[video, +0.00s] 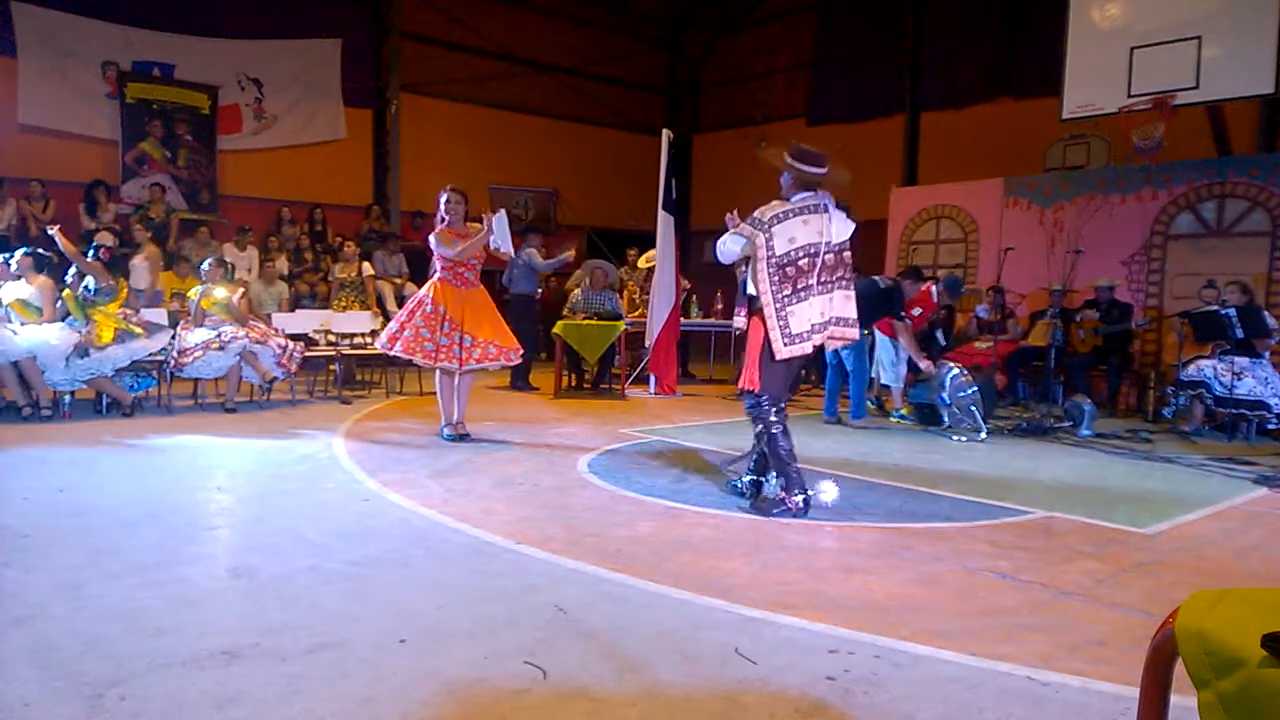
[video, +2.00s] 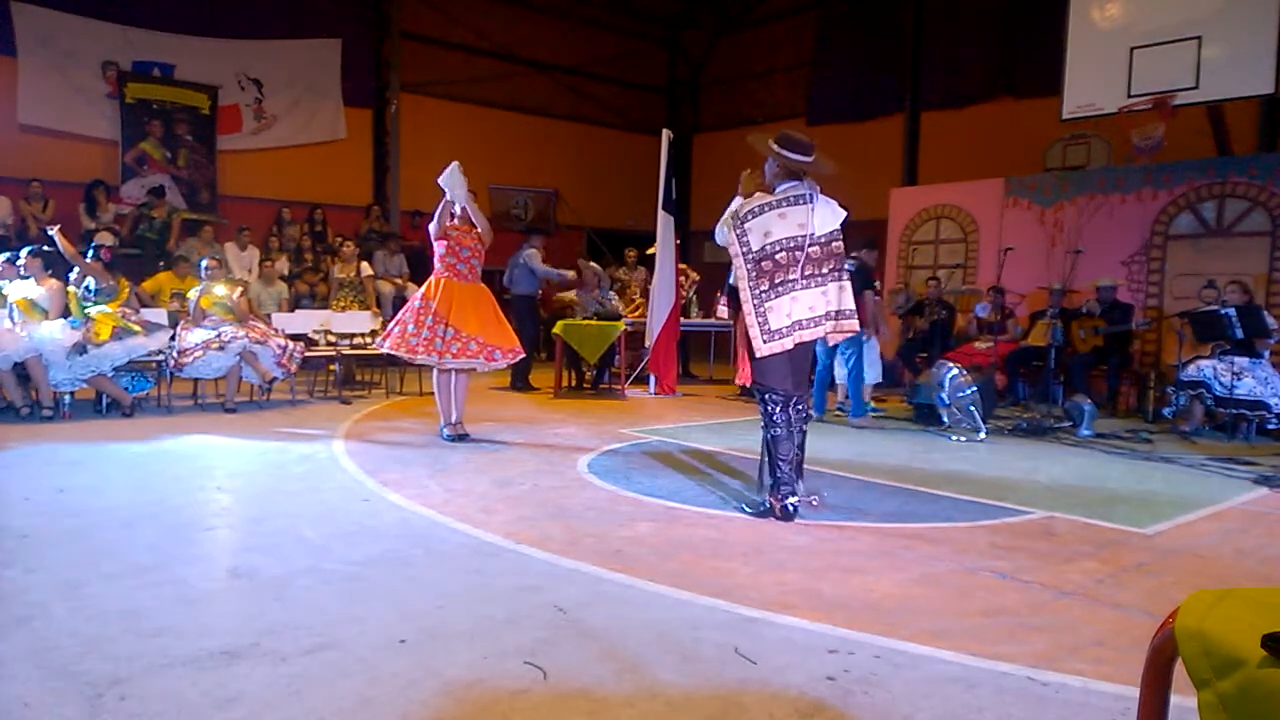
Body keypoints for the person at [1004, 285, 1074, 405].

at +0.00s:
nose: (1056, 299)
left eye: (1059, 296)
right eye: (1054, 295)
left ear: (1063, 297)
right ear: (1049, 296)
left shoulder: (1068, 314)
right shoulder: (1036, 315)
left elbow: (1068, 337)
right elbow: (1029, 333)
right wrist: (1025, 341)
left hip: (1055, 348)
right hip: (1035, 347)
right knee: (1012, 359)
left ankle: (1043, 397)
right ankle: (1013, 395)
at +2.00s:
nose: (1055, 299)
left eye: (1058, 296)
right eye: (1053, 295)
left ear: (1063, 298)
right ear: (1049, 296)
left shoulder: (1067, 314)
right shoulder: (1036, 315)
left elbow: (1068, 339)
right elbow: (1028, 334)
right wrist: (1023, 342)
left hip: (1055, 348)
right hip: (1035, 347)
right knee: (1012, 358)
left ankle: (1041, 397)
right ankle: (1013, 395)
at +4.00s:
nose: (1054, 298)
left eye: (1058, 295)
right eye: (1052, 295)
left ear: (1063, 297)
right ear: (1048, 295)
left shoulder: (1068, 315)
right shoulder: (1036, 315)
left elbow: (1068, 340)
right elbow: (1028, 336)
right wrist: (1024, 342)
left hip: (1055, 348)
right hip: (1035, 348)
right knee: (1012, 359)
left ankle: (1041, 399)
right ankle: (1013, 395)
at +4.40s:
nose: (1055, 298)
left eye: (1058, 295)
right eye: (1053, 294)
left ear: (1063, 296)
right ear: (1049, 295)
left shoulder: (1068, 315)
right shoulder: (1036, 316)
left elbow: (1069, 340)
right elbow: (1028, 336)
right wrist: (1024, 343)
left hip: (1057, 349)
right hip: (1036, 348)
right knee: (1012, 358)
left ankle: (1043, 399)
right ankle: (1012, 396)